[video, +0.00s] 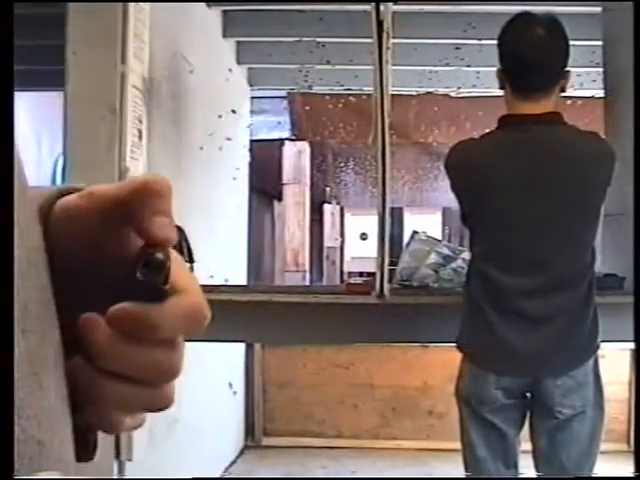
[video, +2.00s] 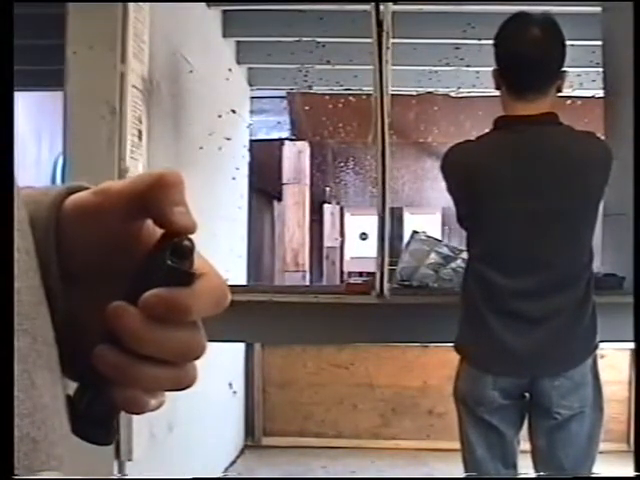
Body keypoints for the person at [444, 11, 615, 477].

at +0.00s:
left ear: (500, 79)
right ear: (565, 80)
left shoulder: (465, 160)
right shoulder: (596, 155)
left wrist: (532, 121)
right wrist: (552, 116)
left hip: (490, 357)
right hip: (568, 359)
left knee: (489, 472)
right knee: (568, 472)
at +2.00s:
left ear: (496, 79)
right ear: (562, 80)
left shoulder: (461, 161)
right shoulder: (594, 155)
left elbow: (476, 222)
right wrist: (543, 117)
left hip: (488, 361)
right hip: (567, 361)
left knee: (488, 472)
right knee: (567, 472)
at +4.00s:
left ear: (497, 80)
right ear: (562, 81)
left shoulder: (460, 161)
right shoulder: (593, 156)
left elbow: (471, 222)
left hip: (485, 361)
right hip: (565, 362)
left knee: (486, 472)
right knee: (565, 472)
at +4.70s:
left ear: (495, 80)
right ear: (560, 81)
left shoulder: (458, 162)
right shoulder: (591, 155)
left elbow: (474, 224)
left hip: (484, 361)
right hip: (565, 362)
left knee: (486, 472)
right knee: (565, 472)